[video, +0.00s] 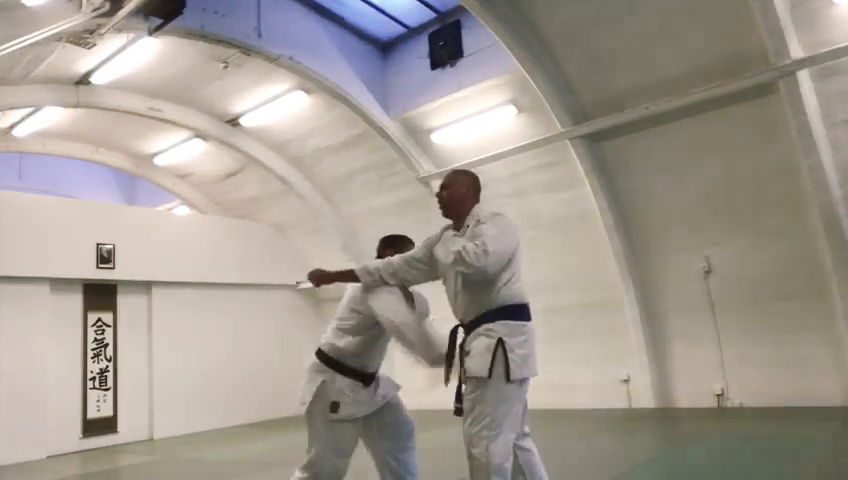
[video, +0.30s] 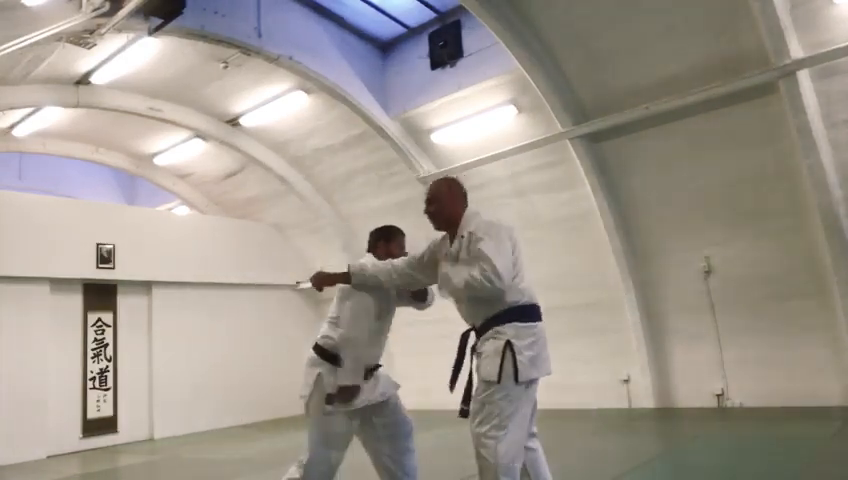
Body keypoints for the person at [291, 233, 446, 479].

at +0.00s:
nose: (410, 264)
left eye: (413, 257)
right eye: (403, 257)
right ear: (386, 256)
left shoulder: (406, 295)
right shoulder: (374, 288)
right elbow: (401, 323)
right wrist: (437, 355)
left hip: (368, 384)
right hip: (334, 383)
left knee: (397, 434)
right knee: (326, 467)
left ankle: (402, 478)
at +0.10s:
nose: (413, 263)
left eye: (414, 257)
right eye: (408, 257)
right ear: (391, 255)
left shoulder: (397, 286)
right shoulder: (382, 286)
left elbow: (425, 303)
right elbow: (409, 325)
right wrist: (434, 358)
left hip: (369, 383)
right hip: (337, 384)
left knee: (398, 432)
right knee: (326, 471)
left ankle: (401, 478)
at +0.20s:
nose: (410, 260)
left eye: (411, 254)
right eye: (406, 253)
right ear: (389, 251)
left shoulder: (390, 283)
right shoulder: (379, 284)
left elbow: (425, 301)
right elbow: (378, 335)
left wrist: (410, 286)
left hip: (366, 379)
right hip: (340, 378)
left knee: (398, 434)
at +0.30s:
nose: (404, 256)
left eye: (404, 250)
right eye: (399, 249)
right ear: (380, 247)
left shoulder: (389, 278)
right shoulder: (364, 275)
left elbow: (425, 301)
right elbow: (353, 330)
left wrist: (415, 287)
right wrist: (348, 380)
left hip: (368, 376)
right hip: (333, 378)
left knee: (396, 434)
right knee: (324, 459)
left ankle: (402, 478)